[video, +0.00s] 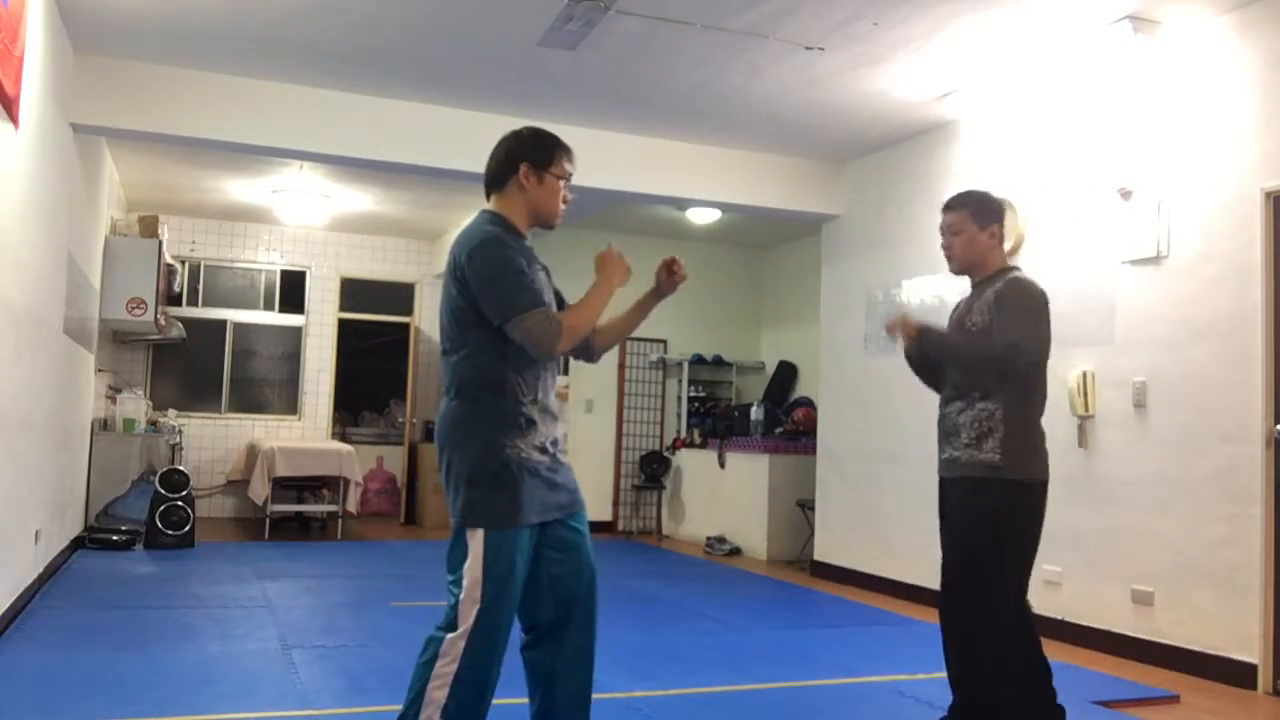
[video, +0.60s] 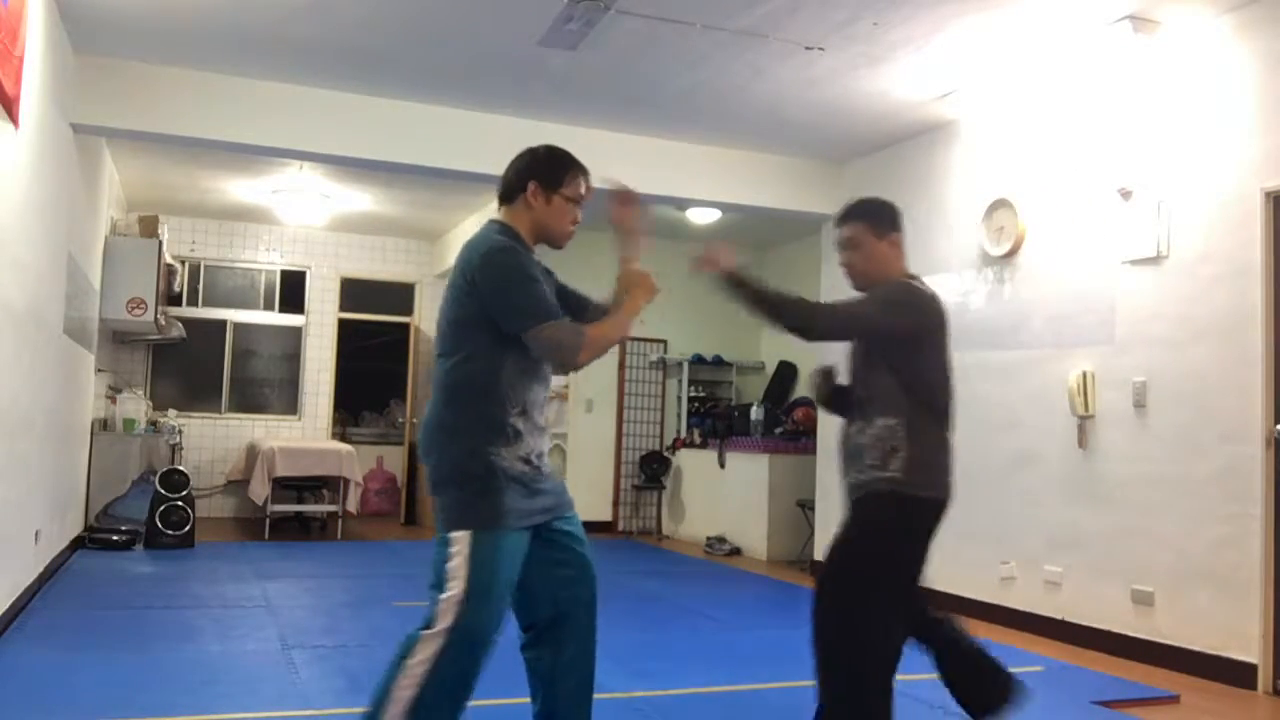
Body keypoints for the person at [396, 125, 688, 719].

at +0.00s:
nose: (569, 194)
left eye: (570, 183)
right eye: (562, 179)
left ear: (527, 180)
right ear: (526, 176)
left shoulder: (527, 258)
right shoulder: (489, 243)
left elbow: (589, 343)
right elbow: (548, 336)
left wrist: (652, 296)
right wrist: (607, 284)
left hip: (543, 458)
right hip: (494, 458)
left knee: (567, 606)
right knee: (476, 623)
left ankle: (562, 715)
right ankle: (431, 715)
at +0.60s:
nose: (580, 217)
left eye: (582, 205)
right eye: (574, 202)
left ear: (535, 198)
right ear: (534, 194)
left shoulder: (529, 267)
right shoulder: (496, 255)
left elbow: (608, 318)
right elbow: (564, 349)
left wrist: (631, 239)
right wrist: (627, 307)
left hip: (530, 470)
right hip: (479, 470)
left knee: (567, 604)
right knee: (462, 623)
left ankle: (563, 716)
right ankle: (395, 714)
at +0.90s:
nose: (527, 208)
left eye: (531, 195)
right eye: (520, 191)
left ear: (475, 187)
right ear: (473, 181)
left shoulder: (468, 253)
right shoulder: (431, 241)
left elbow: (552, 295)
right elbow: (505, 345)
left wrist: (559, 261)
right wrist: (584, 312)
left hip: (458, 464)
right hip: (405, 464)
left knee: (505, 603)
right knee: (383, 625)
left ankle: (506, 718)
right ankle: (325, 719)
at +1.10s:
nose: (491, 202)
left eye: (496, 190)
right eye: (485, 186)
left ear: (438, 178)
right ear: (439, 173)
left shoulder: (443, 245)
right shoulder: (399, 237)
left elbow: (540, 276)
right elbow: (464, 348)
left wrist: (501, 196)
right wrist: (544, 321)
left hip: (460, 465)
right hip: (402, 467)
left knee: (502, 627)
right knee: (379, 646)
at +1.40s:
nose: (445, 186)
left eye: (449, 175)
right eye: (438, 172)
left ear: (387, 167)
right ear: (394, 164)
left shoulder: (382, 227)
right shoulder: (388, 235)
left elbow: (478, 245)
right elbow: (453, 350)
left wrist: (450, 185)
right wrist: (518, 313)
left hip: (468, 458)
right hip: (422, 463)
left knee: (498, 630)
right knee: (394, 637)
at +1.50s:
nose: (439, 186)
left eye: (441, 173)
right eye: (432, 171)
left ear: (376, 166)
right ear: (388, 163)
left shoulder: (353, 227)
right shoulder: (390, 235)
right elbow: (453, 349)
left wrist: (446, 244)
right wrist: (514, 301)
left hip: (460, 455)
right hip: (422, 458)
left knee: (493, 627)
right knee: (395, 637)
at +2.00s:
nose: (385, 183)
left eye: (387, 168)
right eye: (377, 166)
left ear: (325, 163)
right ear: (334, 161)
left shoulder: (311, 225)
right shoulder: (343, 235)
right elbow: (408, 348)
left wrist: (395, 216)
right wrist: (463, 273)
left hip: (425, 452)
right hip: (402, 458)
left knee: (467, 628)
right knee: (379, 636)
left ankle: (476, 719)